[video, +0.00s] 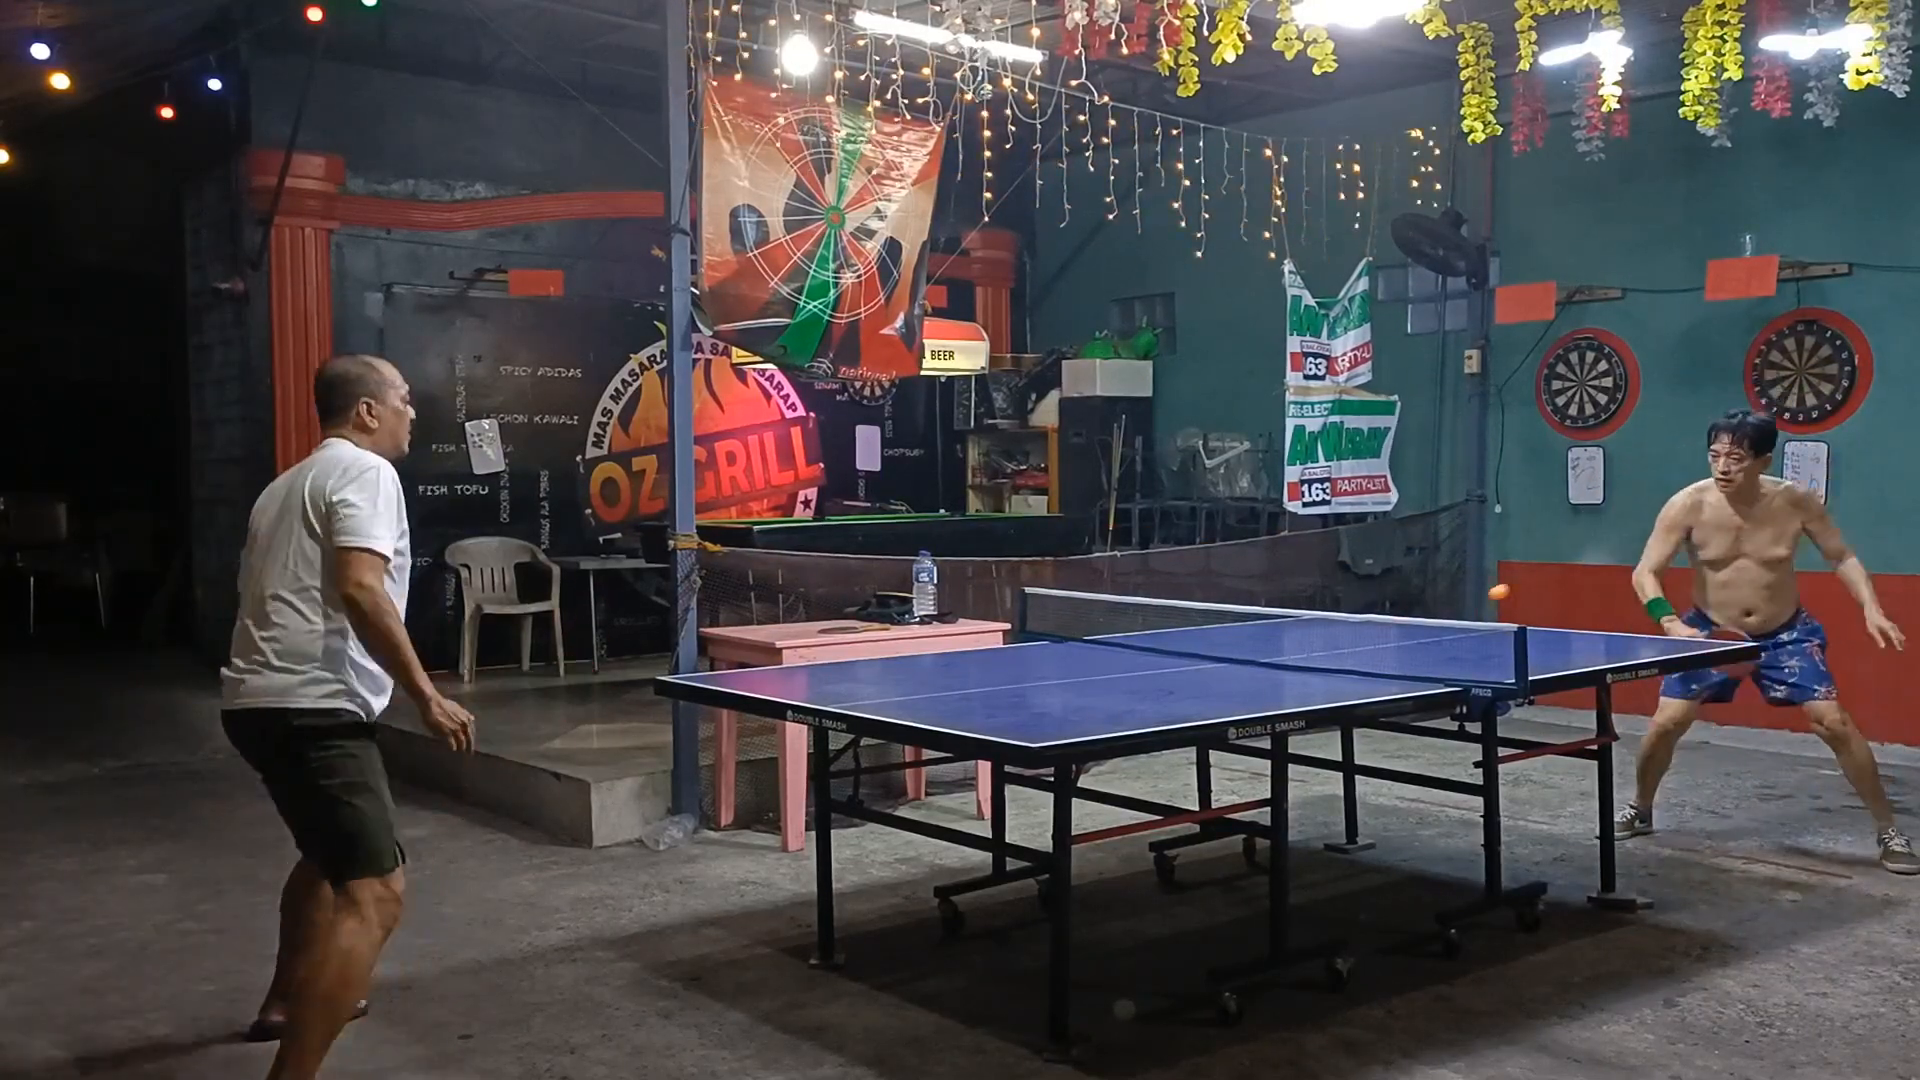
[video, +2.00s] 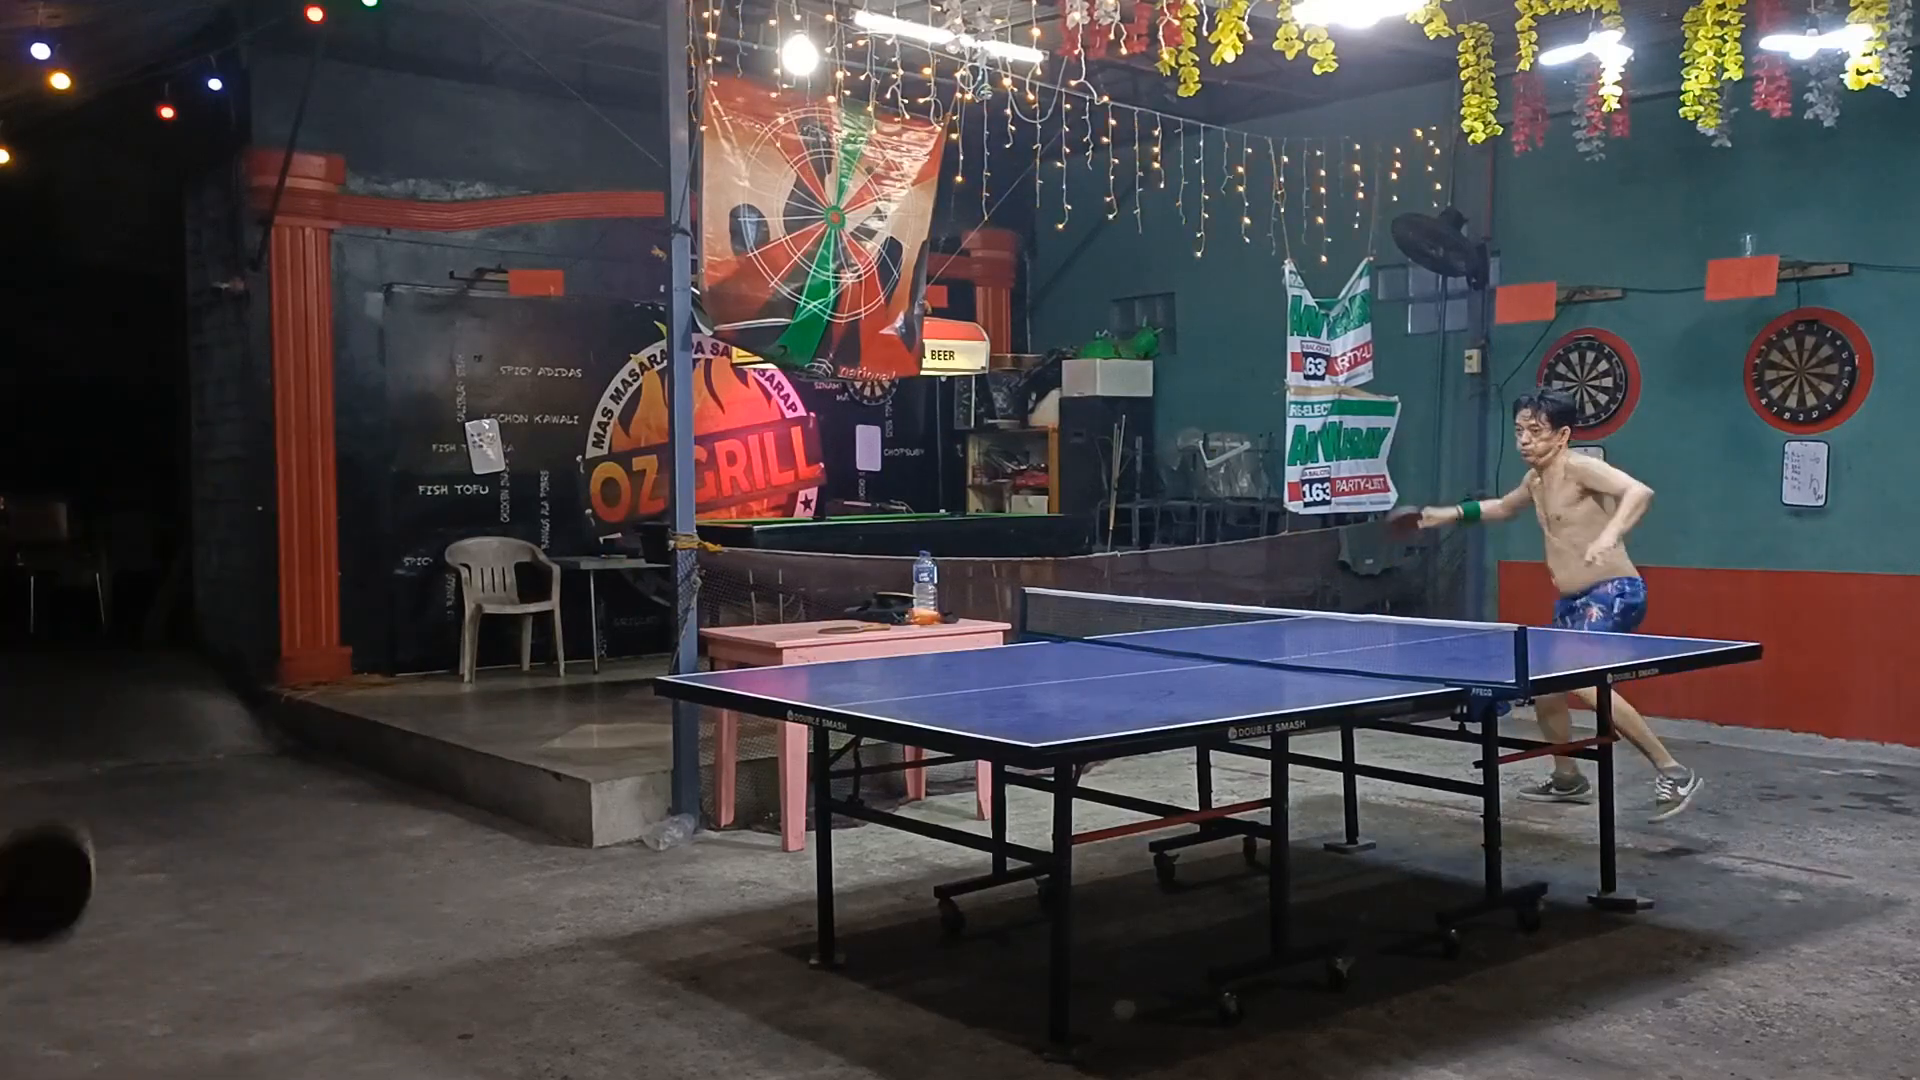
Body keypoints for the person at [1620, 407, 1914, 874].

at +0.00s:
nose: (1723, 464)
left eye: (1736, 456)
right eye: (1717, 454)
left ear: (1761, 460)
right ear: (1709, 454)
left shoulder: (1796, 501)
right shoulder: (1688, 504)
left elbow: (1840, 557)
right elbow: (1644, 573)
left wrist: (1871, 608)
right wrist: (1670, 622)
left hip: (1785, 637)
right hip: (1709, 636)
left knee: (1834, 724)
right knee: (1665, 724)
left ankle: (1889, 832)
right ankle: (1641, 812)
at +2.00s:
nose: (1524, 440)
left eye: (1534, 431)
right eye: (1520, 431)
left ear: (1562, 434)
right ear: (1516, 432)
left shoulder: (1579, 466)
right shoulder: (1535, 478)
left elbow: (1639, 492)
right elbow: (1504, 508)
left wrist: (1610, 534)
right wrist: (1452, 513)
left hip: (1612, 593)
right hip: (1571, 601)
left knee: (1581, 679)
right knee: (1543, 684)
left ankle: (1672, 772)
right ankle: (1566, 778)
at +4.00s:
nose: (1578, 454)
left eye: (1586, 443)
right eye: (1575, 445)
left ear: (1620, 439)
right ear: (1611, 444)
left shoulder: (1648, 475)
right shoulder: (1633, 483)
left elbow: (1614, 555)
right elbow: (1610, 542)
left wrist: (1548, 608)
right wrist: (1545, 544)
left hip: (1705, 621)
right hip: (1660, 626)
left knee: (1711, 738)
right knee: (1594, 692)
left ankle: (1809, 842)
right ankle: (1618, 805)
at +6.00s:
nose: (1797, 462)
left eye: (1804, 447)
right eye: (1792, 451)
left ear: (1843, 437)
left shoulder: (1912, 469)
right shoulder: (1815, 500)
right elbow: (1761, 528)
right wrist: (1729, 524)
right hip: (1918, 653)